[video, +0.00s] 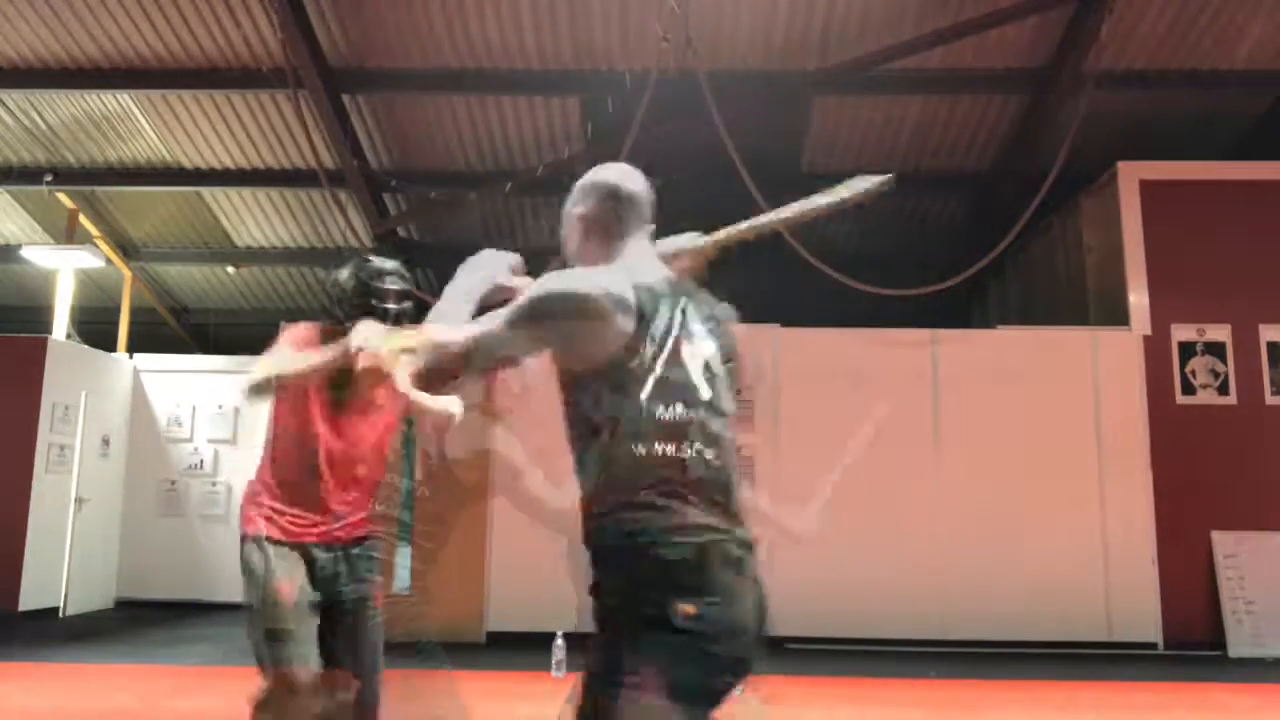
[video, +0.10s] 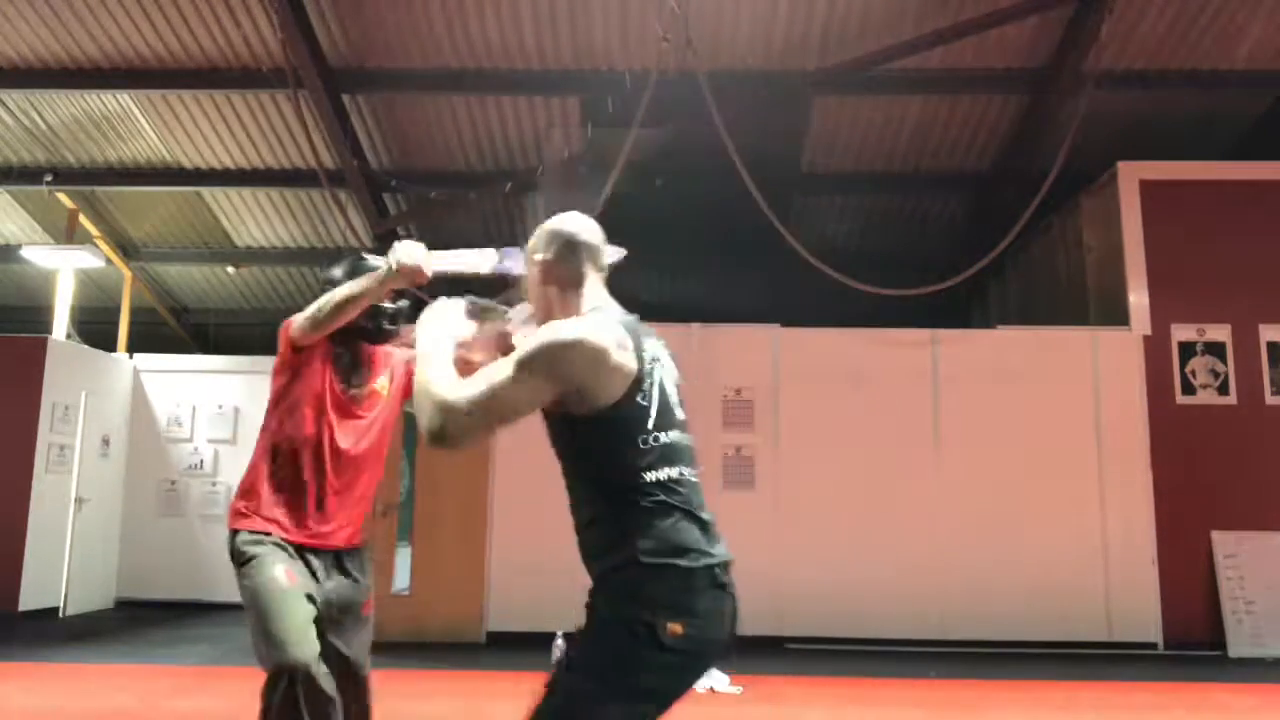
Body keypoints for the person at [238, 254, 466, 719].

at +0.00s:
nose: (387, 332)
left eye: (398, 322)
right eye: (380, 318)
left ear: (406, 321)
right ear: (351, 312)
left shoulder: (400, 358)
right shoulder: (304, 340)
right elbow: (256, 382)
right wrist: (338, 353)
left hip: (351, 537)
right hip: (277, 532)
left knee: (359, 693)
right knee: (296, 685)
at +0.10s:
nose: (386, 306)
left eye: (393, 296)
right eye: (372, 294)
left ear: (398, 309)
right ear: (342, 300)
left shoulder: (399, 361)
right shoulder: (301, 344)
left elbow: (459, 353)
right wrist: (386, 277)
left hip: (343, 548)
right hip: (269, 533)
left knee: (349, 680)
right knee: (298, 665)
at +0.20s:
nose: (361, 303)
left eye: (365, 293)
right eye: (348, 293)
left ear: (368, 302)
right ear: (311, 297)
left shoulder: (372, 362)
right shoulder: (272, 345)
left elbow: (444, 378)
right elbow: (306, 335)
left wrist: (526, 385)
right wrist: (345, 250)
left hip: (347, 560)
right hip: (280, 551)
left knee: (349, 689)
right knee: (287, 691)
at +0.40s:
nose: (344, 304)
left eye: (340, 288)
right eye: (332, 288)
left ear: (292, 297)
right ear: (295, 296)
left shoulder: (298, 359)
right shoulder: (246, 354)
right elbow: (333, 390)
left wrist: (390, 372)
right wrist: (400, 288)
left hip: (298, 577)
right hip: (240, 582)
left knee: (313, 698)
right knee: (249, 708)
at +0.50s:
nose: (312, 277)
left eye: (309, 263)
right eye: (300, 262)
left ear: (255, 272)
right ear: (264, 268)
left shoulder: (256, 346)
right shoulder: (233, 350)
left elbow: (301, 397)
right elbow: (330, 426)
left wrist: (342, 360)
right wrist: (417, 338)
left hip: (274, 573)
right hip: (238, 578)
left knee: (293, 703)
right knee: (254, 710)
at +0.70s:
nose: (287, 279)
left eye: (284, 264)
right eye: (277, 263)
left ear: (221, 269)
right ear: (245, 265)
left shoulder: (187, 350)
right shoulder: (227, 353)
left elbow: (233, 428)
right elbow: (320, 442)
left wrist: (280, 372)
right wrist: (425, 371)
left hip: (217, 570)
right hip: (244, 576)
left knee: (235, 710)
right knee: (253, 712)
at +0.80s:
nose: (289, 283)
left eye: (287, 269)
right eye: (281, 267)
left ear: (216, 271)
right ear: (251, 268)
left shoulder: (181, 347)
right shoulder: (230, 353)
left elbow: (214, 409)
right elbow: (320, 444)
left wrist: (273, 367)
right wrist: (421, 378)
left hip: (213, 571)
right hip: (242, 578)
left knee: (233, 709)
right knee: (253, 712)